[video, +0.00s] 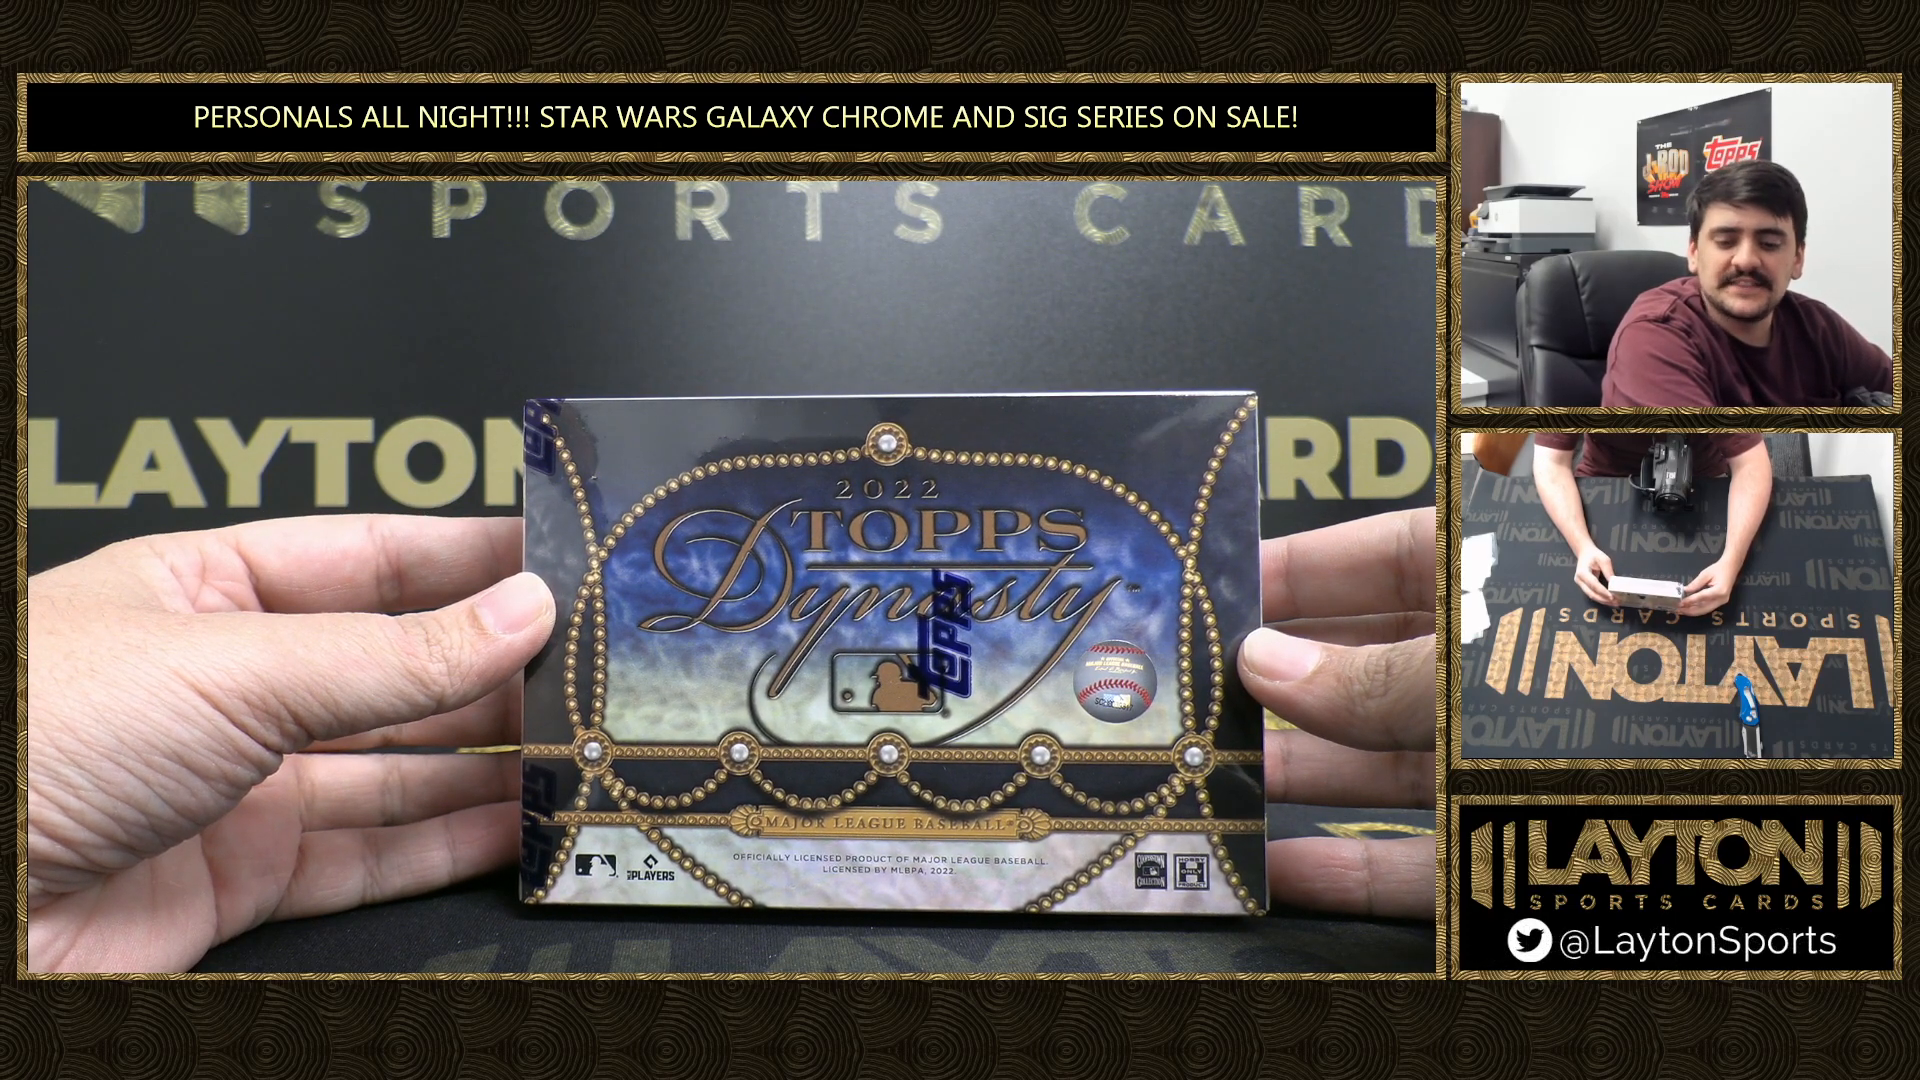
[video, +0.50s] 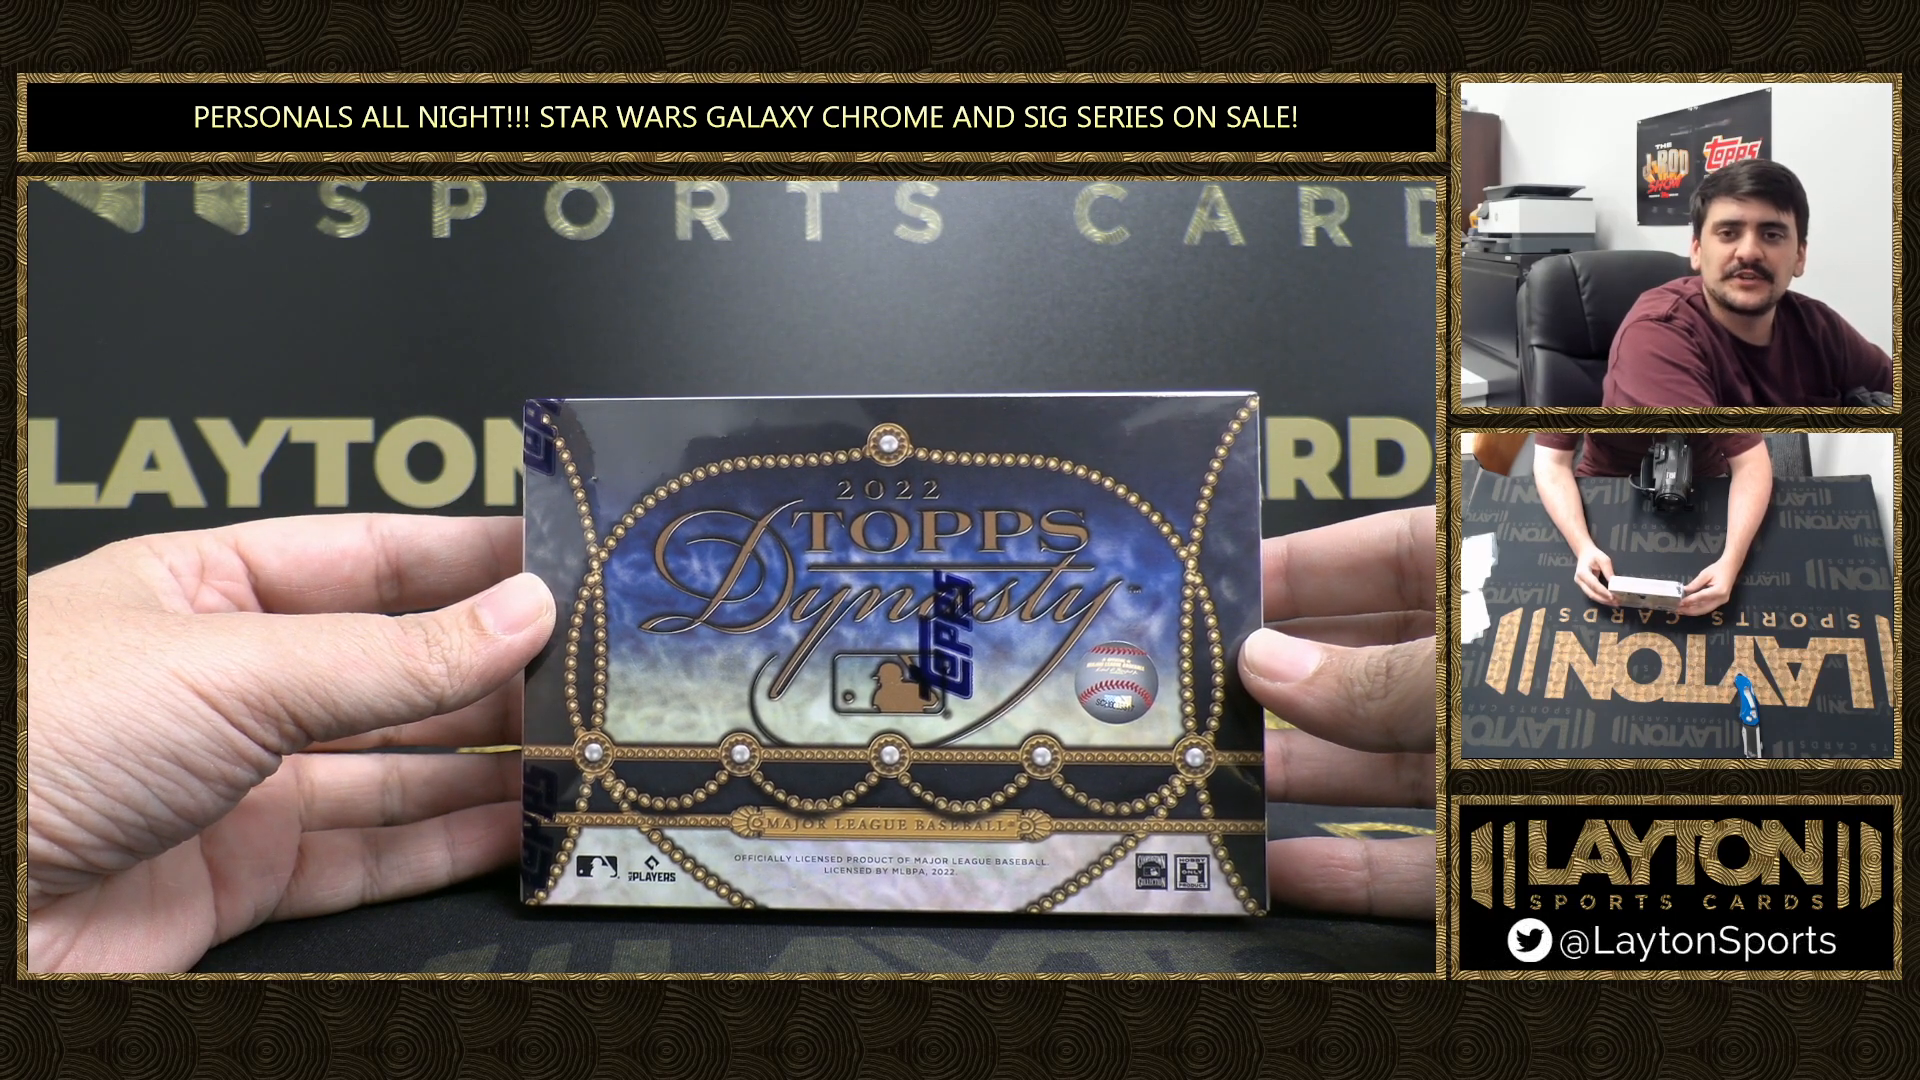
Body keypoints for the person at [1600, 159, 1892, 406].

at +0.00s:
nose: (1746, 260)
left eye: (1769, 243)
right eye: (1726, 241)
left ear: (1798, 258)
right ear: (1693, 252)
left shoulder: (1818, 329)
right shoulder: (1655, 333)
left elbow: (1897, 388)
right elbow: (1746, 462)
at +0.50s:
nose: (1749, 252)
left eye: (1771, 235)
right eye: (1729, 233)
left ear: (1800, 256)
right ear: (1696, 251)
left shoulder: (1818, 329)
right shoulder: (1656, 333)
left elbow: (1896, 387)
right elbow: (1746, 460)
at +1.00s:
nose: (1749, 251)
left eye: (1771, 234)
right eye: (1728, 232)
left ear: (1799, 255)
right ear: (1695, 250)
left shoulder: (1818, 329)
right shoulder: (1656, 332)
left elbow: (1896, 388)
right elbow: (1746, 460)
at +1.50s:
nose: (1749, 249)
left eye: (1770, 232)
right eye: (1727, 232)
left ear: (1797, 255)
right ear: (1694, 251)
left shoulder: (1817, 329)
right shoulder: (1656, 333)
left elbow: (1897, 389)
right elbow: (1746, 461)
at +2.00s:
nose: (1748, 249)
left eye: (1770, 232)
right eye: (1728, 231)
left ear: (1798, 255)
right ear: (1695, 251)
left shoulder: (1817, 328)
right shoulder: (1657, 333)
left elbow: (1896, 387)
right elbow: (1747, 461)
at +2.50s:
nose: (1754, 249)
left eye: (1775, 232)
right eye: (1732, 232)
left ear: (1799, 254)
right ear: (1696, 250)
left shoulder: (1818, 328)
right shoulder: (1658, 332)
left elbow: (1896, 388)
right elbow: (1746, 460)